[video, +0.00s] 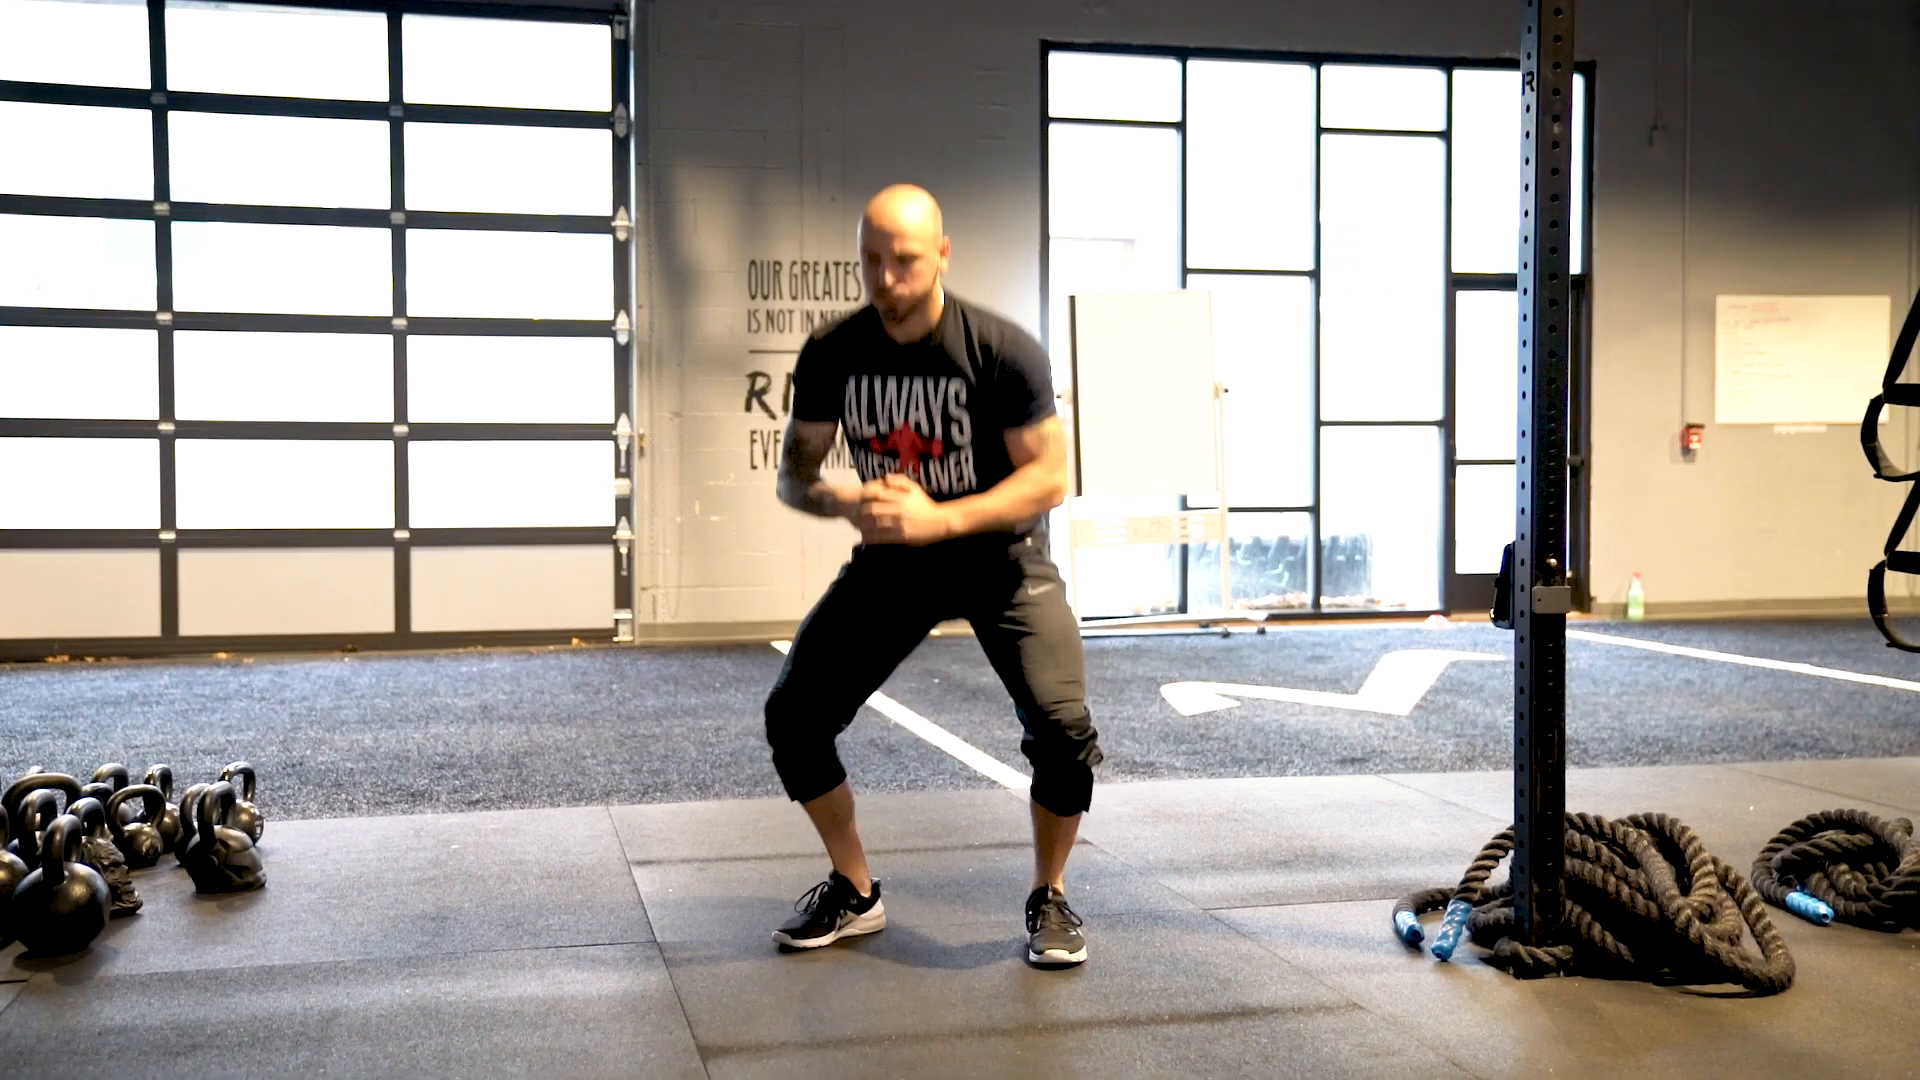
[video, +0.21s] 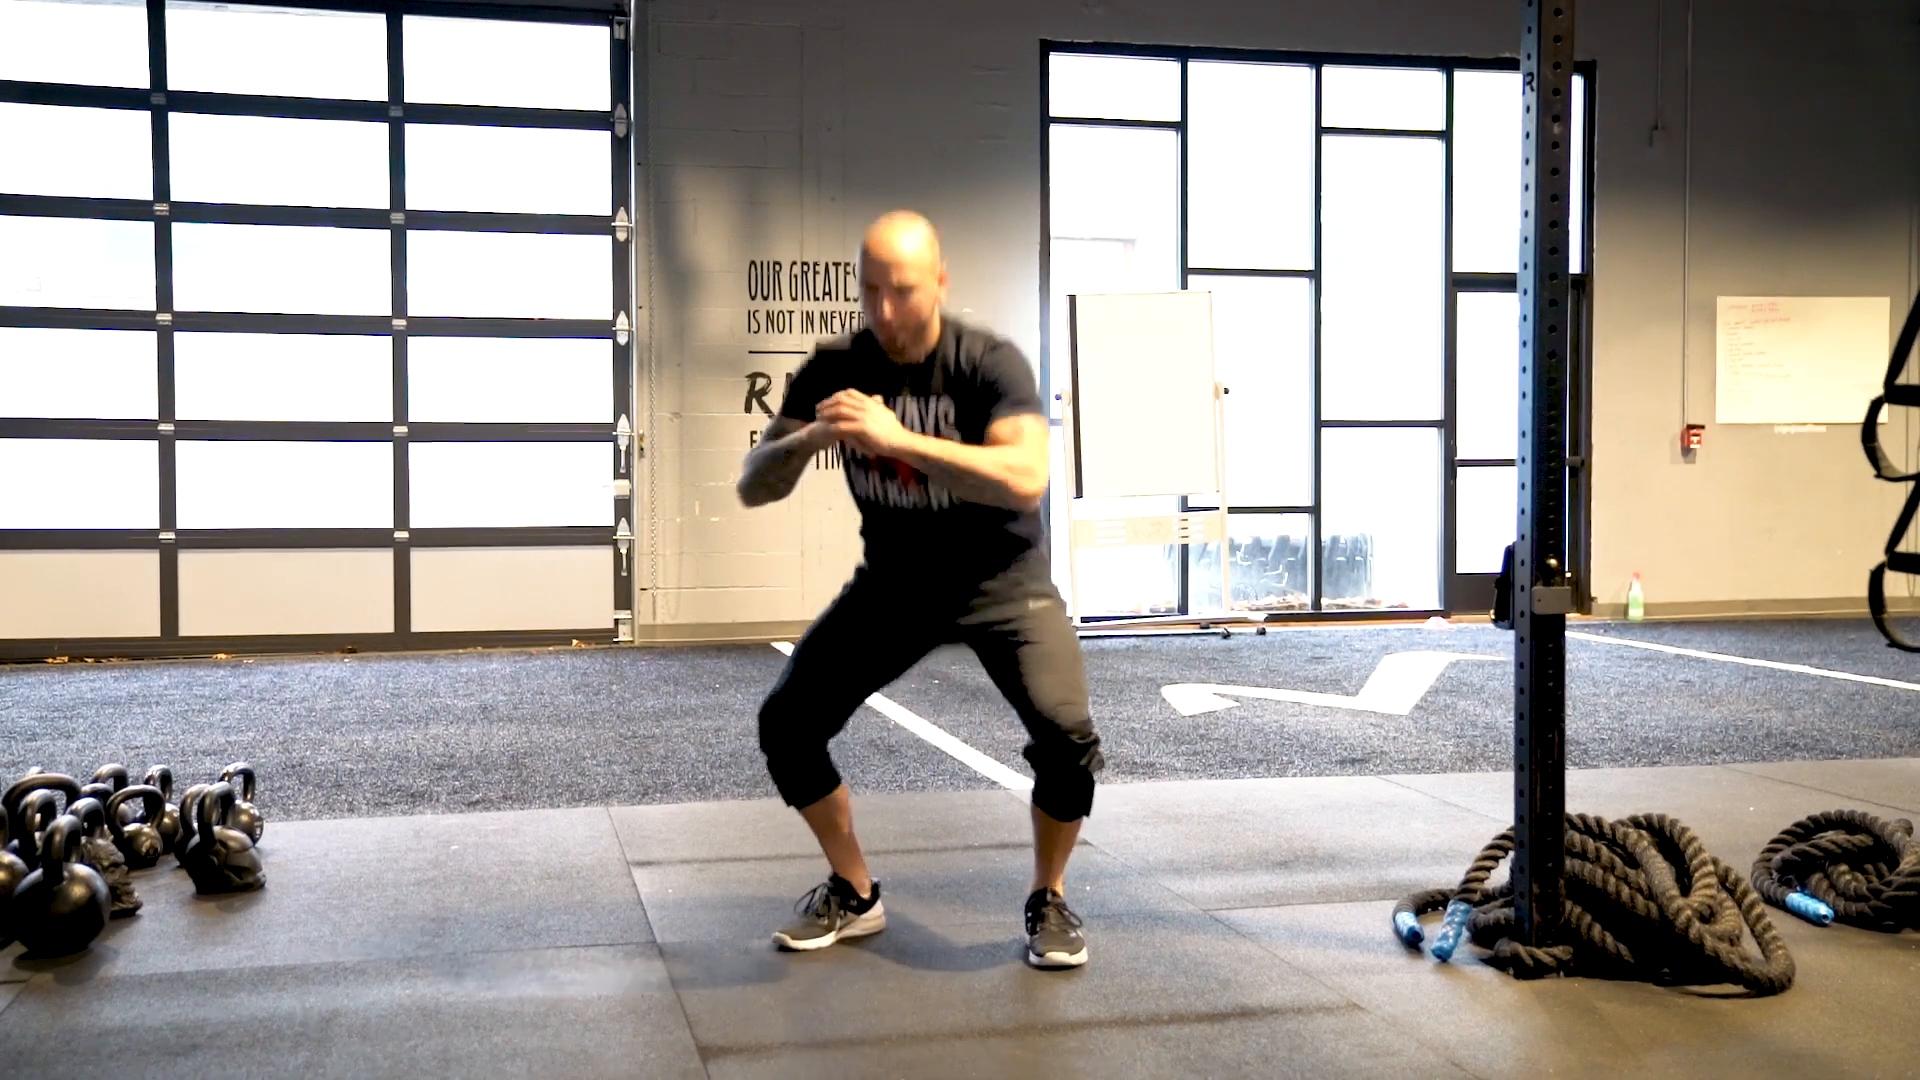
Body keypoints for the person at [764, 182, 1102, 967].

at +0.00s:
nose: (887, 281)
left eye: (906, 263)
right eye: (874, 261)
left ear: (943, 257)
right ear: (859, 256)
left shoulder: (1003, 352)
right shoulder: (830, 354)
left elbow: (1050, 477)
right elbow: (795, 481)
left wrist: (943, 516)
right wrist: (846, 500)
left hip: (1005, 560)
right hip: (894, 563)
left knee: (1064, 727)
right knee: (794, 718)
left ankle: (1049, 896)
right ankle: (854, 888)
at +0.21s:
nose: (886, 311)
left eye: (903, 291)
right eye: (873, 292)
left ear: (940, 284)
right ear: (857, 288)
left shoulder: (993, 364)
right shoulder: (830, 370)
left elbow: (1025, 480)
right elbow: (754, 490)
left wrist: (900, 441)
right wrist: (811, 438)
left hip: (1005, 583)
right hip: (895, 585)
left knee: (1068, 736)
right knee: (787, 725)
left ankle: (1048, 899)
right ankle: (855, 891)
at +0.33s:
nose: (887, 418)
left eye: (904, 400)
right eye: (875, 401)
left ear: (942, 391)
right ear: (859, 395)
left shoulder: (984, 460)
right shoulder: (838, 467)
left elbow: (1002, 539)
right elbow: (737, 539)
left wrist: (886, 452)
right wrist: (805, 459)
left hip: (1003, 658)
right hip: (900, 660)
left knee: (1082, 764)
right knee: (768, 747)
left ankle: (1048, 903)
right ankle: (854, 892)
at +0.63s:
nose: (894, 494)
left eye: (912, 477)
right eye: (882, 475)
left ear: (950, 473)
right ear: (868, 471)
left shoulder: (998, 544)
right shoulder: (846, 536)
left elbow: (1013, 651)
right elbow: (746, 639)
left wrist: (894, 575)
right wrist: (813, 573)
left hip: (992, 722)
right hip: (892, 722)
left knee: (1085, 764)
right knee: (764, 748)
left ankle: (1046, 902)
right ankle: (854, 891)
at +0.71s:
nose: (893, 433)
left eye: (912, 417)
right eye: (882, 415)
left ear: (949, 415)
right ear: (868, 414)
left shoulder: (1001, 495)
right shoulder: (840, 490)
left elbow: (1046, 617)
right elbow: (757, 606)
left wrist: (920, 581)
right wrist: (814, 567)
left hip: (1003, 674)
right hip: (897, 671)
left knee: (1084, 762)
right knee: (765, 743)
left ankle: (1048, 900)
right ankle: (853, 889)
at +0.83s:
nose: (893, 327)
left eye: (911, 309)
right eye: (881, 308)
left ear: (949, 304)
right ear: (866, 305)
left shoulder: (1007, 398)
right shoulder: (836, 399)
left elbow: (1075, 513)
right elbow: (796, 516)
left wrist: (965, 551)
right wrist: (852, 544)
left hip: (1005, 592)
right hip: (899, 594)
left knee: (1072, 749)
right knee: (783, 729)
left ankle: (1047, 900)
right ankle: (854, 891)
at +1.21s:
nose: (897, 369)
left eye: (914, 351)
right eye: (884, 350)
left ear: (952, 345)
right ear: (869, 348)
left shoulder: (999, 424)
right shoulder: (845, 423)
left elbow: (1037, 528)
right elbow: (743, 527)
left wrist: (911, 482)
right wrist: (819, 481)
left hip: (1008, 627)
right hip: (899, 629)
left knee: (1078, 752)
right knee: (773, 739)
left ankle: (1047, 899)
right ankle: (854, 890)